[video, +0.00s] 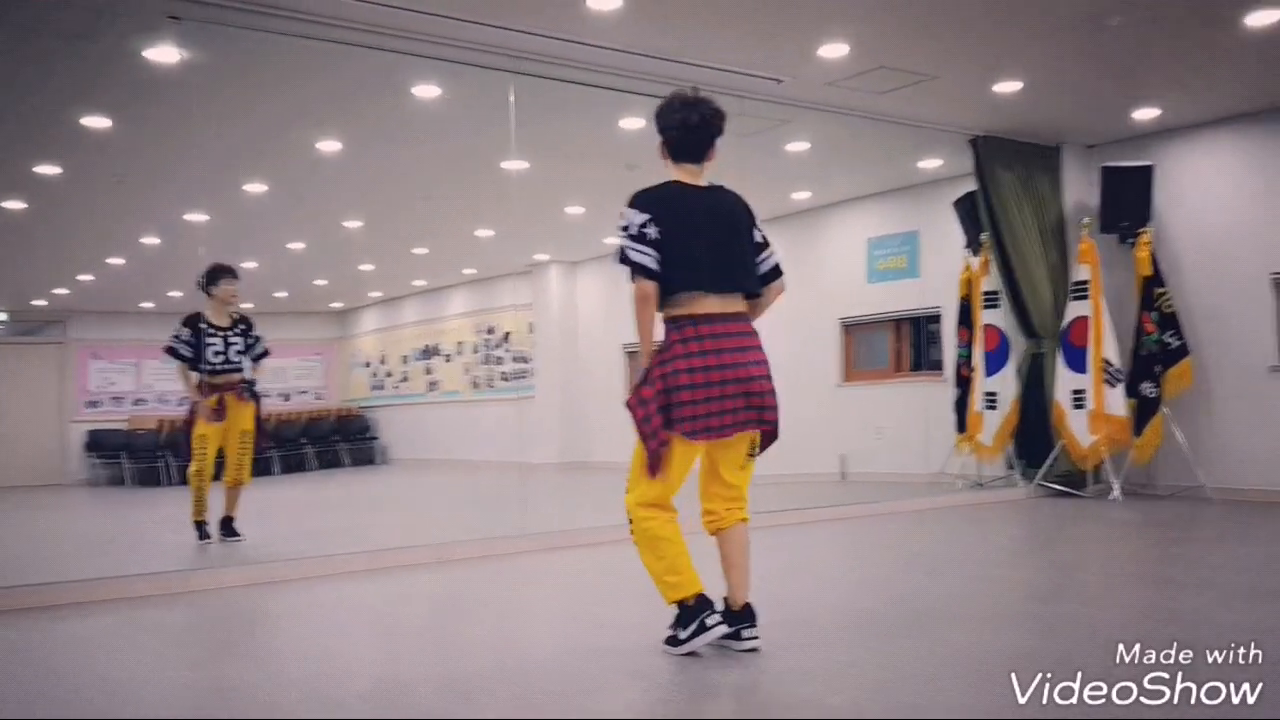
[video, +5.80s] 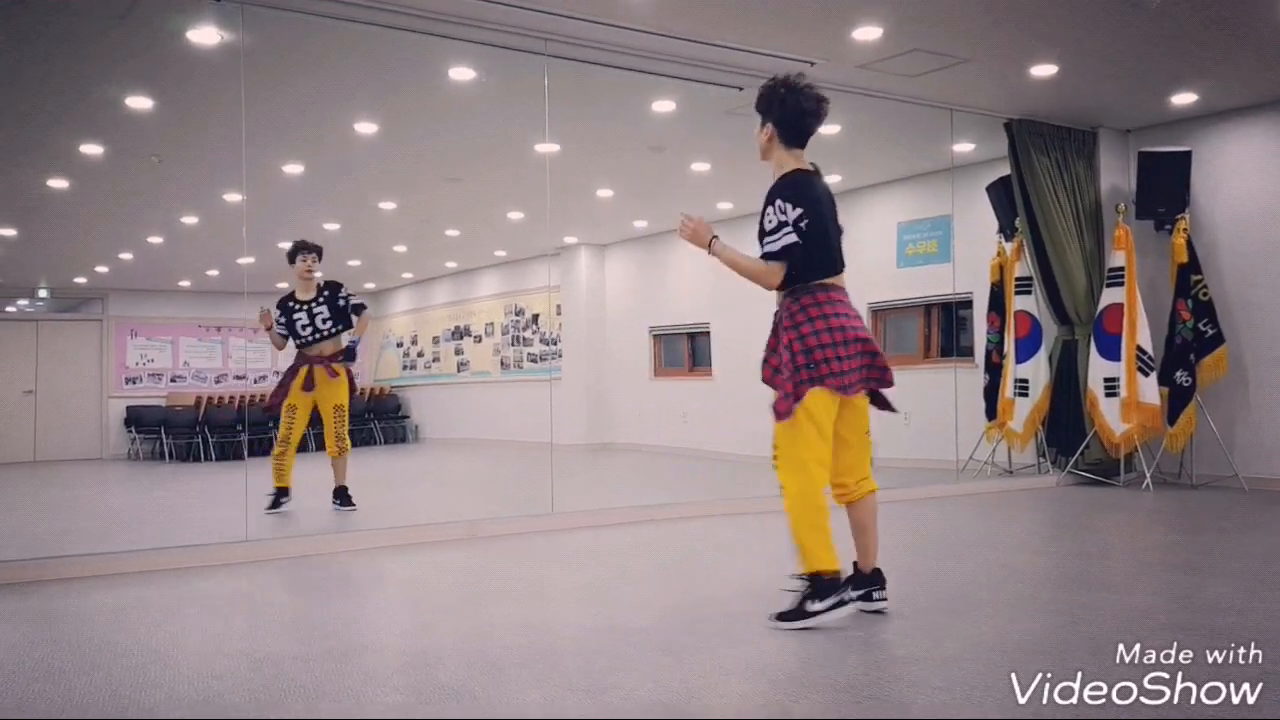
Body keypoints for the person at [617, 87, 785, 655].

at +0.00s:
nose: (710, 149)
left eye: (673, 139)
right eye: (714, 142)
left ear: (663, 145)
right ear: (715, 147)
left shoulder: (648, 205)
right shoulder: (735, 206)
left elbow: (645, 293)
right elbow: (773, 284)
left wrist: (646, 360)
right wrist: (733, 325)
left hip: (686, 354)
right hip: (743, 352)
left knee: (647, 498)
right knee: (728, 495)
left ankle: (690, 604)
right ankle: (741, 613)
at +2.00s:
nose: (701, 115)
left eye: (704, 106)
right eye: (706, 106)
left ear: (712, 114)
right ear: (754, 119)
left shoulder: (711, 172)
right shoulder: (770, 177)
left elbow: (703, 258)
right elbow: (787, 262)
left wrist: (675, 291)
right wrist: (757, 310)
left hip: (723, 322)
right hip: (771, 327)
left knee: (691, 460)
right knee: (741, 466)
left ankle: (729, 578)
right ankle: (771, 577)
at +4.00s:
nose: (741, 121)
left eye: (688, 116)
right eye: (741, 114)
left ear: (684, 120)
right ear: (740, 119)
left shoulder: (665, 176)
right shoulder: (765, 181)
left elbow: (643, 262)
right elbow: (784, 265)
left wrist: (634, 331)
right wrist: (750, 318)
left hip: (680, 325)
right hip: (746, 327)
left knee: (690, 470)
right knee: (755, 454)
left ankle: (717, 595)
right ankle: (762, 575)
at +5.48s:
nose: (696, 142)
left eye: (699, 134)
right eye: (699, 134)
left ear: (706, 141)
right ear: (751, 146)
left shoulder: (704, 195)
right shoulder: (767, 203)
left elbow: (674, 257)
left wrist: (654, 266)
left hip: (725, 340)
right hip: (779, 338)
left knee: (692, 487)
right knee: (786, 464)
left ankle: (709, 599)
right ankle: (819, 561)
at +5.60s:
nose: (719, 145)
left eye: (722, 136)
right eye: (721, 135)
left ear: (733, 143)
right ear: (770, 147)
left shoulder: (742, 200)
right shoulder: (782, 201)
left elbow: (738, 285)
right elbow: (787, 286)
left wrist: (680, 265)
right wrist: (710, 275)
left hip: (756, 340)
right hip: (797, 340)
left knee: (713, 480)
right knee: (802, 475)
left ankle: (715, 599)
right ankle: (858, 567)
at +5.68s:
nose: (730, 139)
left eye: (734, 130)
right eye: (734, 129)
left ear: (745, 138)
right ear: (781, 141)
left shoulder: (763, 197)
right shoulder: (791, 196)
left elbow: (760, 281)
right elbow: (803, 281)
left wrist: (697, 261)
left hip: (780, 343)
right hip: (812, 341)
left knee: (741, 471)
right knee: (819, 470)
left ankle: (726, 589)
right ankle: (863, 575)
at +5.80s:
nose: (756, 135)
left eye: (758, 125)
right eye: (759, 125)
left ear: (769, 132)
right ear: (805, 132)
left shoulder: (785, 192)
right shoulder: (818, 188)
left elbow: (773, 275)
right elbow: (827, 266)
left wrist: (712, 244)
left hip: (807, 328)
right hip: (844, 323)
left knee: (798, 459)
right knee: (852, 459)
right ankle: (869, 576)